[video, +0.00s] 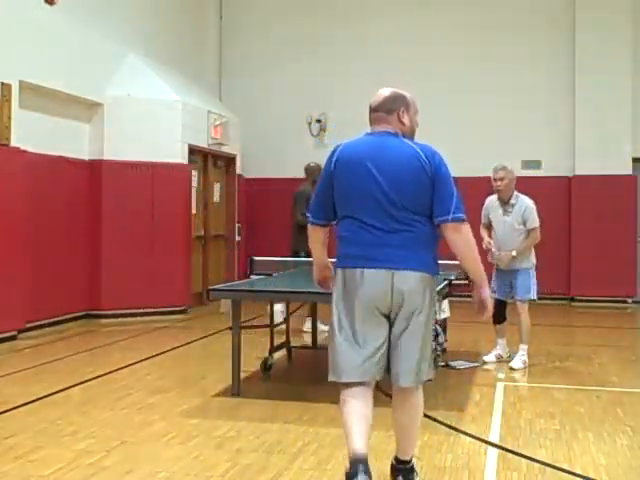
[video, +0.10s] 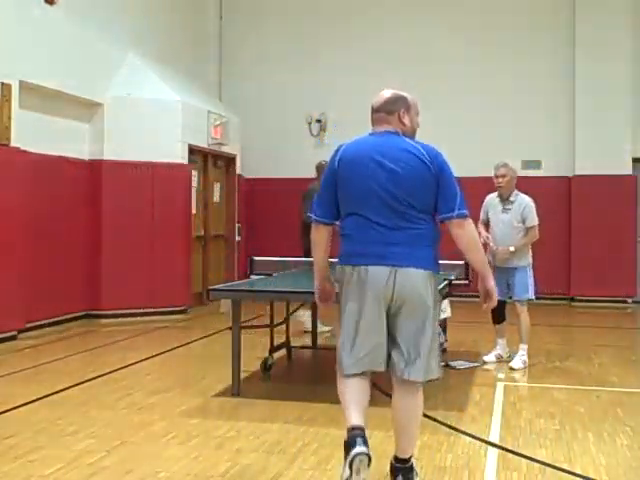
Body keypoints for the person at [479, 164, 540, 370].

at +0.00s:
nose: (497, 184)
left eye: (501, 180)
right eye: (495, 180)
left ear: (512, 180)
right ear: (492, 183)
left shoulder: (526, 205)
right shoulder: (490, 203)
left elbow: (535, 235)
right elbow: (484, 225)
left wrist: (513, 253)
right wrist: (486, 238)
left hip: (522, 264)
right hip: (500, 263)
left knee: (521, 306)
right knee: (498, 306)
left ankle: (523, 351)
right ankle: (501, 348)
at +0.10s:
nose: (498, 181)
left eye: (503, 177)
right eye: (496, 177)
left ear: (514, 178)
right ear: (494, 180)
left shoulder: (525, 203)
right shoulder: (490, 201)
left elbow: (534, 234)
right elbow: (482, 222)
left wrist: (512, 249)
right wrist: (483, 234)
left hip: (520, 263)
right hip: (497, 261)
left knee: (520, 304)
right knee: (497, 304)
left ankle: (522, 351)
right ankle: (501, 347)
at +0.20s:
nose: (498, 179)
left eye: (503, 175)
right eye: (496, 176)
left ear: (514, 178)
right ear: (494, 178)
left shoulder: (524, 202)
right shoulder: (489, 200)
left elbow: (532, 233)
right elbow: (479, 222)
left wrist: (509, 245)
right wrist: (483, 233)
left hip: (517, 263)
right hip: (494, 262)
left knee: (518, 303)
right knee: (496, 304)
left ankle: (522, 351)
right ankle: (501, 348)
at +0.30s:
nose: (498, 179)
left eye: (502, 175)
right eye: (495, 175)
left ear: (512, 178)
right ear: (493, 178)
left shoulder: (523, 202)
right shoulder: (487, 200)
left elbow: (530, 232)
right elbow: (476, 222)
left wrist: (505, 242)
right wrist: (480, 230)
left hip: (514, 262)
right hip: (492, 261)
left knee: (516, 303)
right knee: (495, 304)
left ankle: (522, 351)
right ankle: (500, 348)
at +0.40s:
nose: (496, 179)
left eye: (501, 175)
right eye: (494, 175)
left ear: (511, 177)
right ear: (491, 177)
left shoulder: (521, 202)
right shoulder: (485, 199)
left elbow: (528, 232)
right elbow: (472, 223)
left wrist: (503, 240)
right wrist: (480, 229)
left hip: (513, 262)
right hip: (492, 261)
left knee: (515, 303)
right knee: (494, 305)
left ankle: (522, 351)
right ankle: (500, 347)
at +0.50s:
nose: (496, 179)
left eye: (500, 175)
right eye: (493, 175)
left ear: (511, 177)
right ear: (490, 178)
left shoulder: (521, 202)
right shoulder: (484, 200)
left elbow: (528, 232)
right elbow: (471, 221)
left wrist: (504, 239)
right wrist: (479, 226)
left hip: (512, 262)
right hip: (491, 261)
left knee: (515, 304)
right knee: (493, 305)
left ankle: (523, 349)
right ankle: (500, 347)